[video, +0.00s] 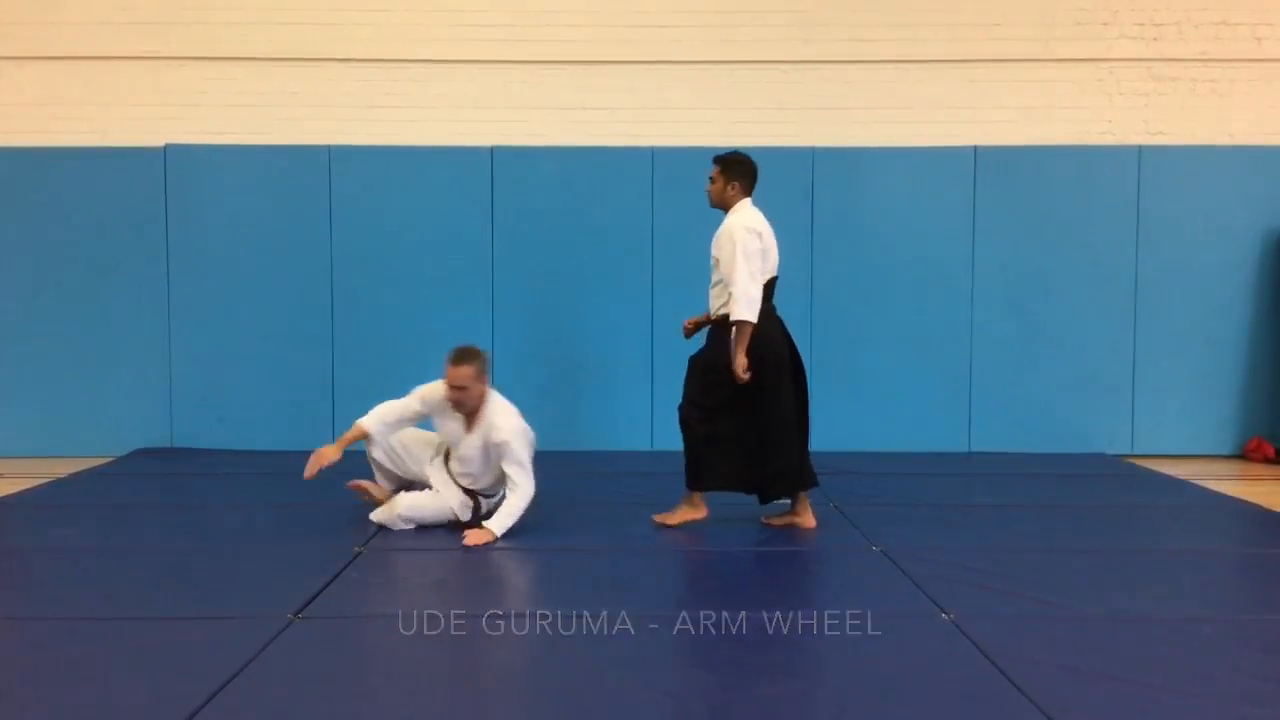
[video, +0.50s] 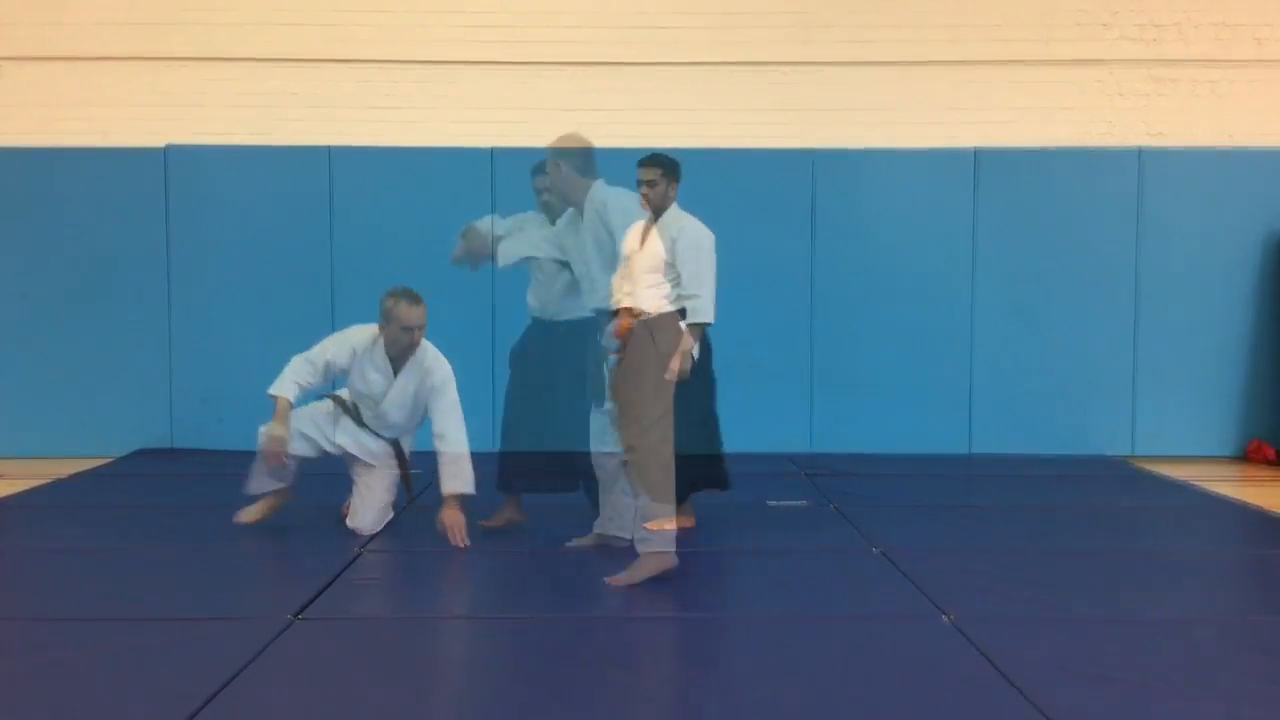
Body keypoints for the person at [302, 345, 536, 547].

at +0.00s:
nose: (451, 396)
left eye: (460, 390)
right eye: (449, 387)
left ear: (483, 384)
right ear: (445, 379)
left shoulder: (507, 427)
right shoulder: (442, 393)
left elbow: (523, 488)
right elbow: (393, 413)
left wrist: (491, 529)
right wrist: (339, 445)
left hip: (470, 495)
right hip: (445, 457)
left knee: (401, 508)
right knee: (382, 438)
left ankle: (385, 505)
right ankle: (388, 492)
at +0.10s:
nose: (432, 396)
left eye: (440, 388)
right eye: (425, 388)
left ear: (456, 380)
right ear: (418, 379)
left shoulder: (479, 419)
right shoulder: (411, 391)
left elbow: (506, 479)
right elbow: (361, 414)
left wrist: (490, 530)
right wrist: (324, 454)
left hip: (464, 493)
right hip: (430, 464)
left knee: (390, 514)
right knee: (368, 444)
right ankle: (394, 502)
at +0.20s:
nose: (419, 393)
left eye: (428, 384)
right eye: (411, 385)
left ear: (439, 377)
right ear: (399, 377)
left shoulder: (462, 415)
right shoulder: (388, 387)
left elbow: (494, 474)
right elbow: (337, 410)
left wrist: (490, 530)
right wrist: (312, 454)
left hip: (442, 483)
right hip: (408, 455)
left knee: (374, 518)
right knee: (338, 451)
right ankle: (388, 494)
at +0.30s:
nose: (417, 381)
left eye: (424, 372)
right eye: (408, 374)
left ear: (432, 365)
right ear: (391, 367)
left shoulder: (449, 400)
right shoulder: (377, 372)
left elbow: (477, 460)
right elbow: (322, 398)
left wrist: (487, 527)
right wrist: (304, 448)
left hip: (418, 467)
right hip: (382, 438)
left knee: (370, 521)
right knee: (317, 459)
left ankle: (408, 497)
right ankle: (370, 489)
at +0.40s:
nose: (416, 362)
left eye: (422, 353)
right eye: (407, 355)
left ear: (427, 347)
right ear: (386, 348)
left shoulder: (440, 383)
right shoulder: (366, 356)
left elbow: (465, 447)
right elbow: (309, 381)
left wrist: (471, 517)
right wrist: (296, 438)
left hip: (400, 457)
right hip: (358, 426)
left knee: (365, 523)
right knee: (286, 449)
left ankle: (366, 502)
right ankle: (330, 475)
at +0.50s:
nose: (416, 338)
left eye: (421, 329)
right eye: (407, 330)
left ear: (426, 326)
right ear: (384, 327)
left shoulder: (435, 369)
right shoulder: (358, 342)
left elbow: (450, 433)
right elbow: (303, 368)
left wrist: (452, 502)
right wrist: (280, 423)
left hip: (385, 448)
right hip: (342, 418)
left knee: (365, 525)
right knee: (275, 434)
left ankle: (355, 504)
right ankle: (278, 494)